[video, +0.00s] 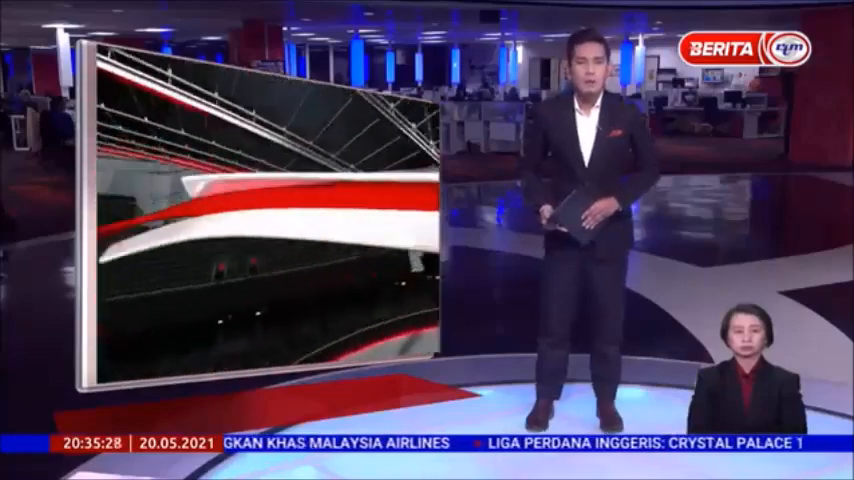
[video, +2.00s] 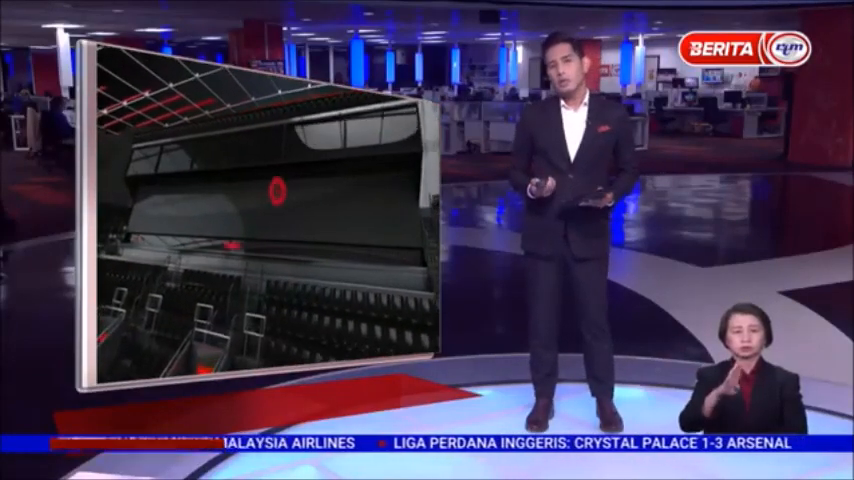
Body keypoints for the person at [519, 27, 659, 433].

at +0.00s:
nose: (590, 70)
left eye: (597, 62)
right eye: (582, 62)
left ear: (608, 67)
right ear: (569, 68)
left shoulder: (627, 114)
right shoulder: (544, 113)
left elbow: (649, 170)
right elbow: (529, 168)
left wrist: (617, 200)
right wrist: (543, 203)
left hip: (609, 233)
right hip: (560, 233)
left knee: (608, 321)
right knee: (555, 320)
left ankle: (606, 401)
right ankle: (545, 398)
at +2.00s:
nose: (559, 70)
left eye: (566, 61)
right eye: (551, 65)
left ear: (584, 64)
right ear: (546, 73)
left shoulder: (611, 112)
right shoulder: (533, 114)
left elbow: (629, 168)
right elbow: (517, 170)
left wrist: (613, 194)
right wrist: (530, 187)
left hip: (589, 232)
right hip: (543, 232)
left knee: (594, 319)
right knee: (542, 319)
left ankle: (605, 400)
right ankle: (542, 398)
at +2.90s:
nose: (557, 79)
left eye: (564, 70)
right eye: (550, 72)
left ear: (581, 71)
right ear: (543, 77)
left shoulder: (607, 111)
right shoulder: (529, 117)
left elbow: (624, 170)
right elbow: (512, 173)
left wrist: (598, 202)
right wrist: (540, 188)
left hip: (590, 231)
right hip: (543, 231)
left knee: (594, 320)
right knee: (543, 321)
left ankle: (605, 400)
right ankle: (542, 400)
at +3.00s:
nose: (558, 79)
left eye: (565, 69)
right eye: (550, 72)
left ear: (581, 71)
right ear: (543, 77)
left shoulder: (607, 112)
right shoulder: (529, 117)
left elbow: (626, 169)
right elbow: (512, 173)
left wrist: (601, 202)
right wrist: (540, 188)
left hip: (590, 231)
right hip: (542, 232)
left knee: (594, 320)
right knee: (543, 322)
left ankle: (605, 400)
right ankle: (542, 400)